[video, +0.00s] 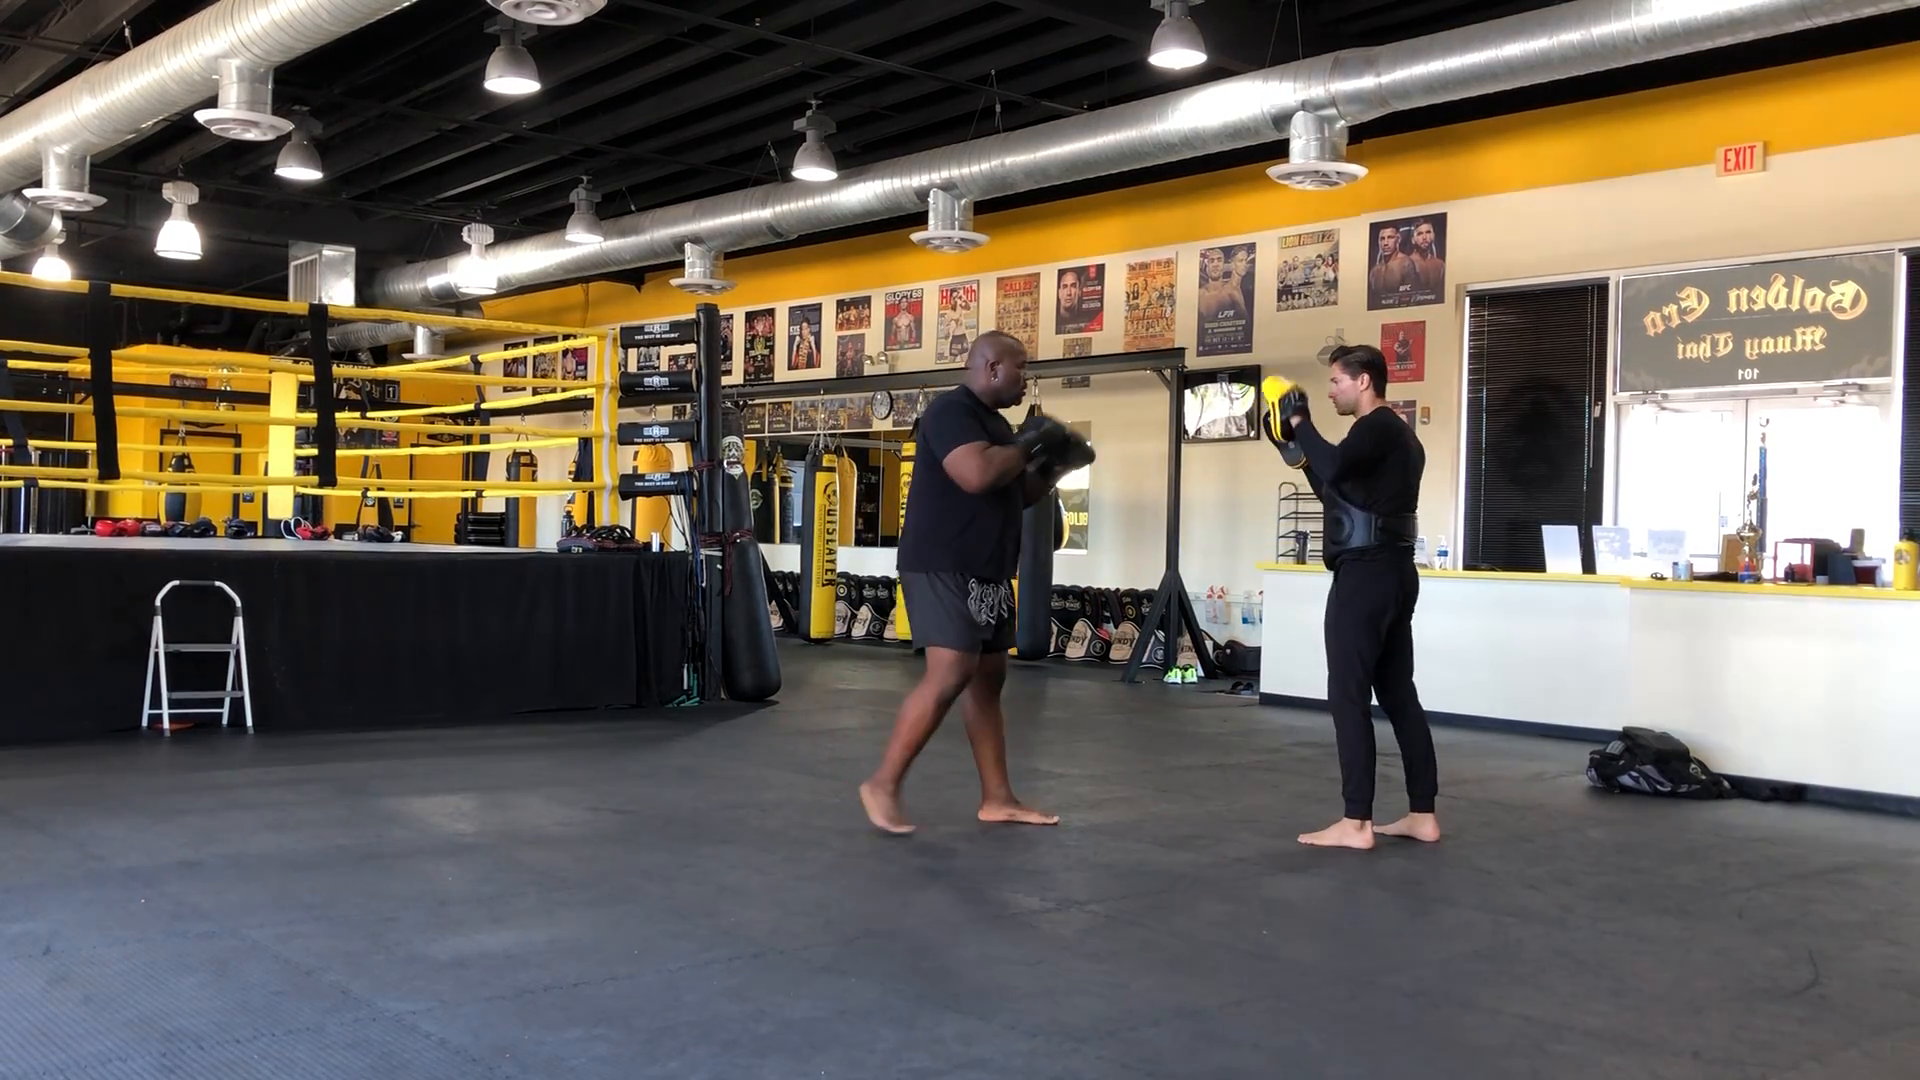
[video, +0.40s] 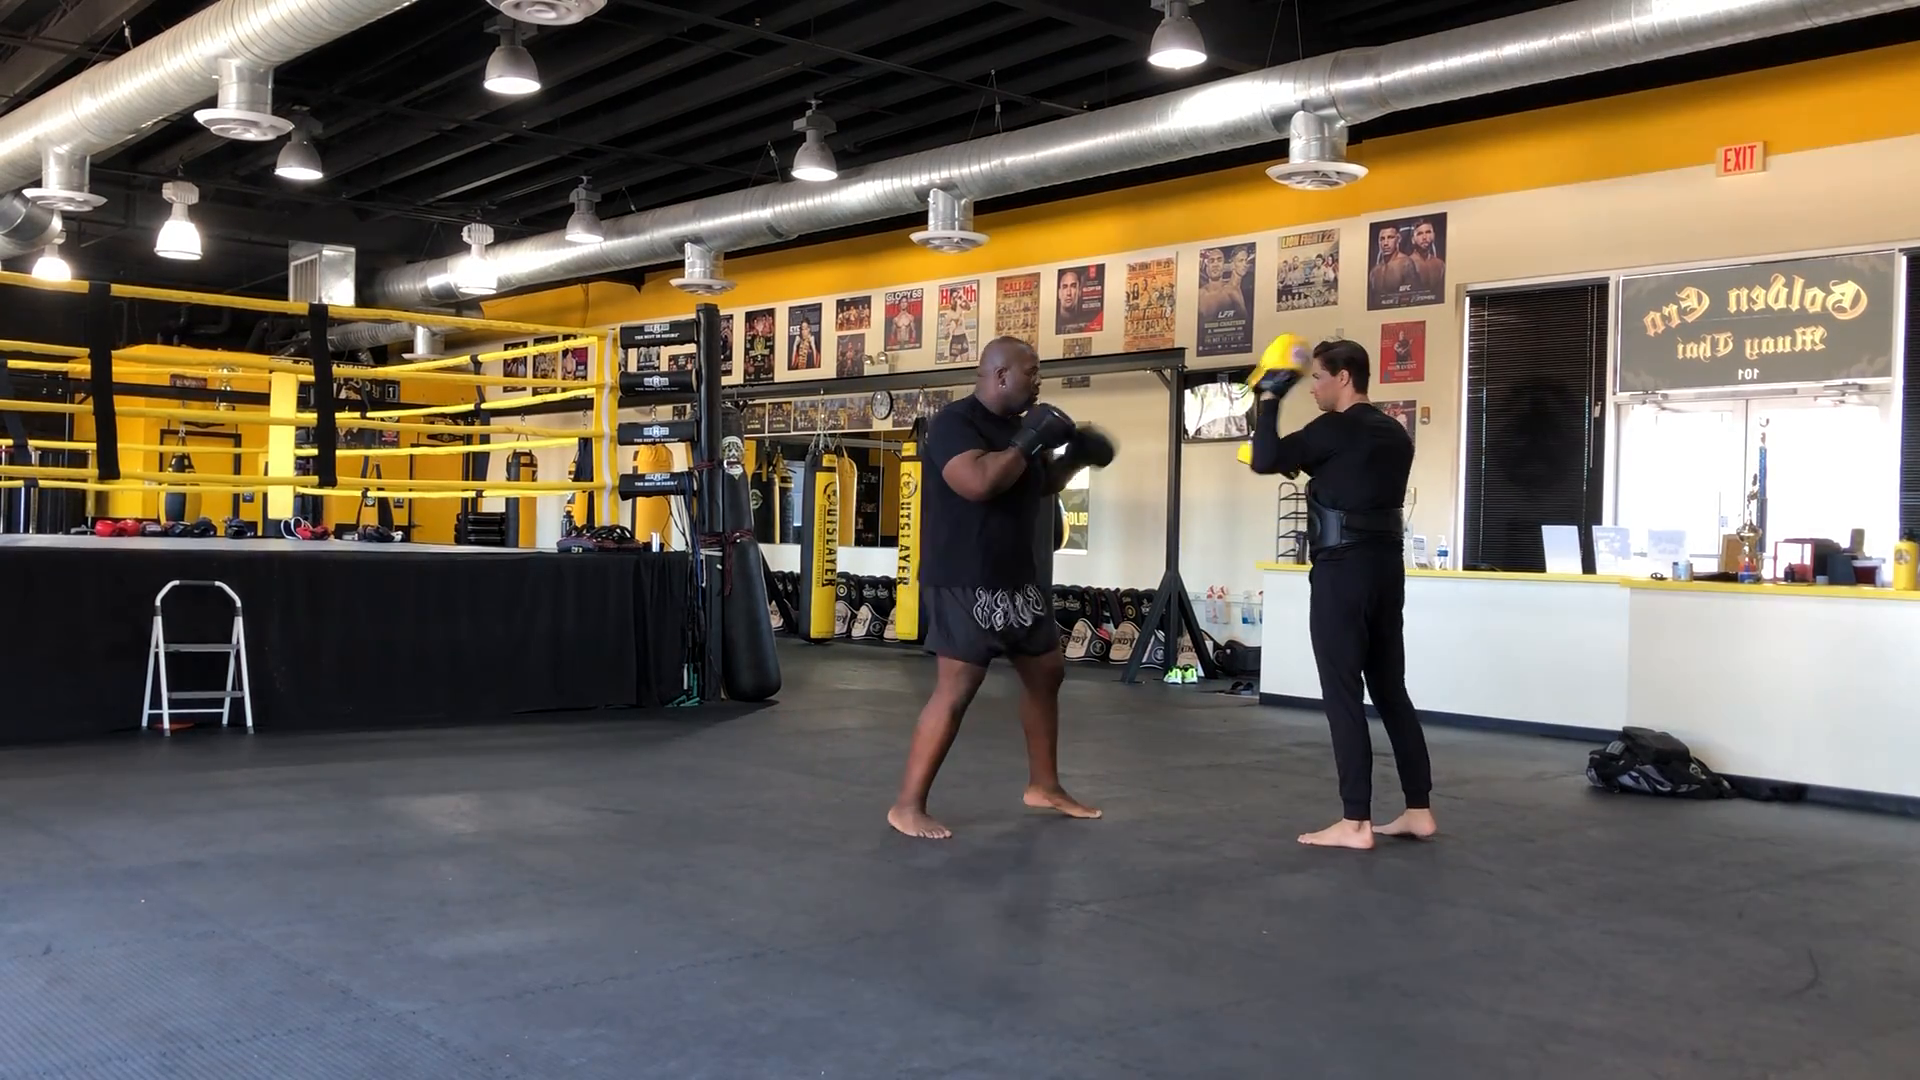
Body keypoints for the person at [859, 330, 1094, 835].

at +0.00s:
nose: (1025, 380)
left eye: (1025, 371)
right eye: (1020, 370)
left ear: (993, 368)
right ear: (990, 366)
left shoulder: (999, 428)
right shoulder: (948, 409)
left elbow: (1021, 495)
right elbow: (976, 475)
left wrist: (1053, 466)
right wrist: (1026, 443)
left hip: (987, 570)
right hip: (939, 565)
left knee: (987, 676)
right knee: (950, 669)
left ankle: (997, 798)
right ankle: (881, 785)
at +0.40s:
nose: (1038, 384)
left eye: (1039, 374)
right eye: (1032, 373)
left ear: (1003, 375)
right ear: (1000, 374)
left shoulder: (1019, 431)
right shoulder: (951, 423)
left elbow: (1041, 486)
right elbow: (977, 481)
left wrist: (1072, 458)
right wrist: (1027, 439)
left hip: (1020, 580)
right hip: (961, 581)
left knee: (1045, 673)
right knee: (956, 686)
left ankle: (1043, 786)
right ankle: (907, 806)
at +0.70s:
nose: (1077, 384)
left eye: (1077, 376)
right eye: (1071, 375)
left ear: (1043, 378)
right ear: (1041, 377)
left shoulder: (1044, 430)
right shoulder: (1010, 421)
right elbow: (1026, 486)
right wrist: (1080, 452)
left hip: (1034, 575)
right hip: (998, 573)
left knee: (1048, 672)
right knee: (998, 673)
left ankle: (1042, 792)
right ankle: (920, 788)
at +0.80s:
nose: (1087, 385)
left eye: (1086, 376)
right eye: (1080, 377)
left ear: (1044, 377)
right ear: (1052, 378)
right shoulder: (1041, 415)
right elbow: (1124, 444)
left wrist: (1167, 428)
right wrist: (1173, 425)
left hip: (1024, 564)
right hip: (1007, 562)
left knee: (1042, 668)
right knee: (990, 671)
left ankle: (1041, 792)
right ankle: (920, 789)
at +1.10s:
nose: (1099, 387)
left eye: (1099, 378)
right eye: (1094, 377)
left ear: (1063, 375)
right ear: (1066, 376)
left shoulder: (1051, 419)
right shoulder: (1041, 413)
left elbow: (1060, 480)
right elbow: (1055, 483)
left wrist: (1097, 454)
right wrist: (1105, 458)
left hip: (1028, 559)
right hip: (1006, 554)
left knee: (1036, 669)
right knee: (999, 664)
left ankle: (1041, 793)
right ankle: (930, 783)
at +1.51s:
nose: (1061, 388)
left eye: (1063, 380)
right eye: (1053, 380)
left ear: (1054, 381)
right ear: (1018, 378)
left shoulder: (1053, 432)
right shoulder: (981, 426)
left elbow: (1054, 495)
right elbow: (985, 501)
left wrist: (1084, 502)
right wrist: (1047, 464)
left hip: (1042, 574)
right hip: (986, 573)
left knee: (1051, 678)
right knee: (971, 680)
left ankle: (1042, 793)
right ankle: (934, 805)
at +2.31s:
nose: (1109, 385)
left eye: (1110, 376)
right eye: (1105, 374)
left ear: (1075, 370)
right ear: (1073, 369)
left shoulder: (1071, 431)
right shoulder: (1028, 406)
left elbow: (1085, 500)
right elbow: (1058, 468)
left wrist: (1128, 475)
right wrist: (1106, 434)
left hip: (1064, 570)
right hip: (1016, 564)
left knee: (1068, 681)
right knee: (1021, 672)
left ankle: (1074, 802)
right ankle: (970, 794)